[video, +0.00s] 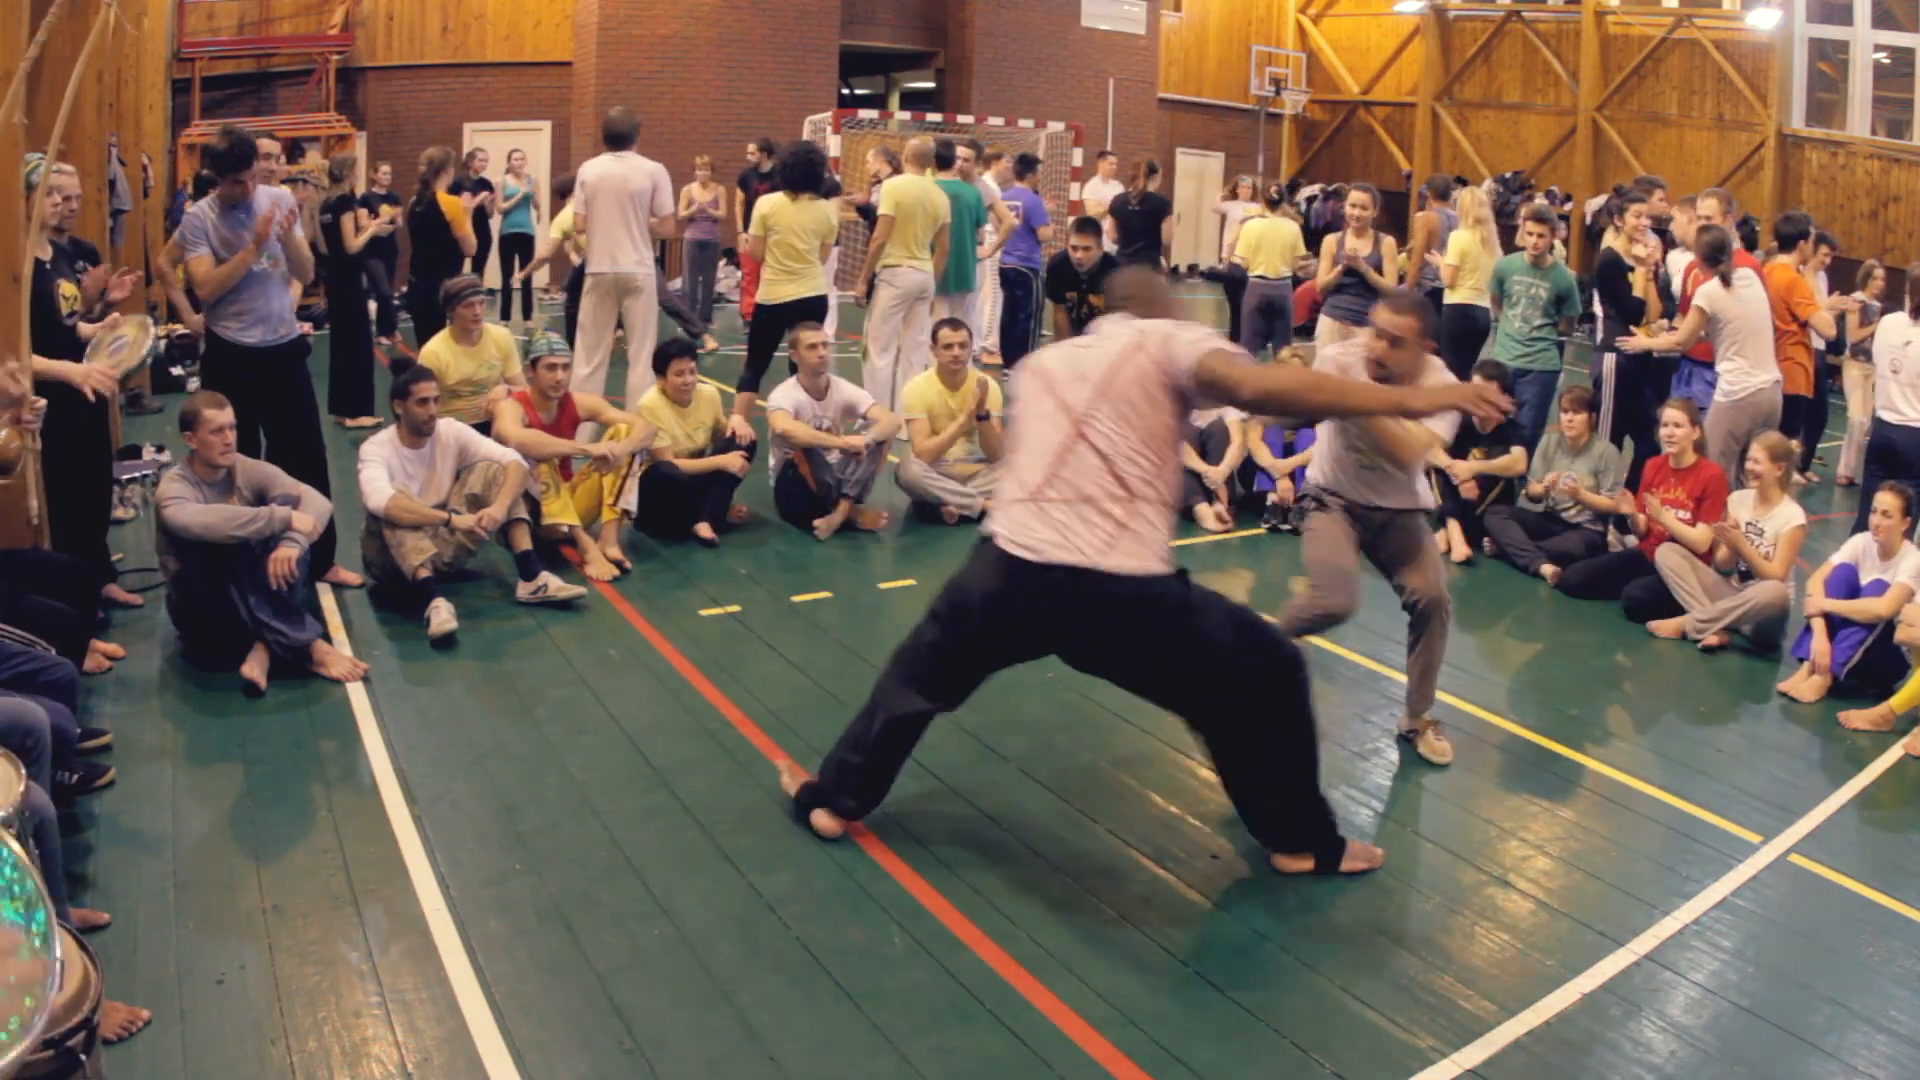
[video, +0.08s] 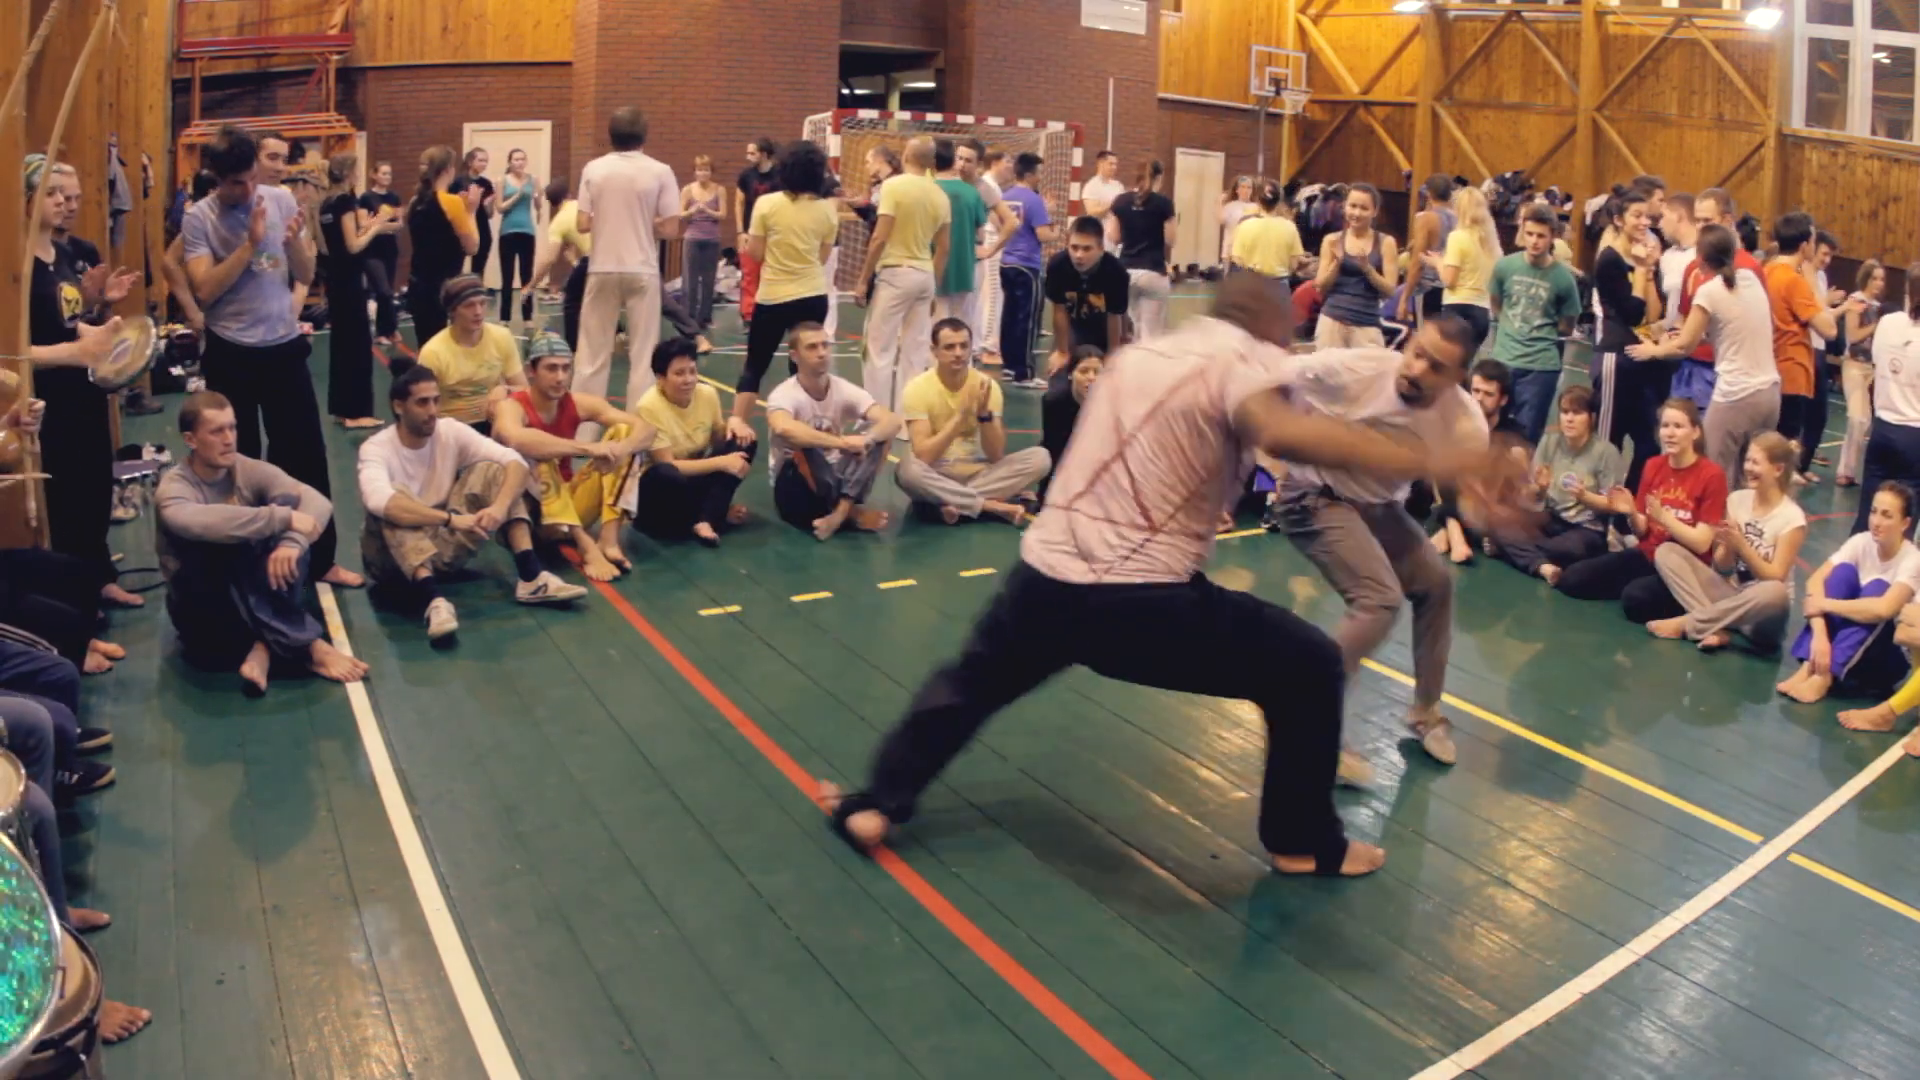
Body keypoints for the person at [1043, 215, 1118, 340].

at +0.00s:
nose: (1079, 256)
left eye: (1086, 249)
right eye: (1074, 249)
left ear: (1100, 248)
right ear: (1067, 246)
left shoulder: (1113, 268)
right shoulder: (1057, 264)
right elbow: (1060, 311)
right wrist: (1066, 349)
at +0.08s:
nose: (1079, 255)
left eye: (1086, 249)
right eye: (1075, 248)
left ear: (1101, 249)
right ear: (1068, 245)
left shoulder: (1115, 272)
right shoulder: (1057, 266)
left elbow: (1114, 317)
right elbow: (1059, 311)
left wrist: (1113, 354)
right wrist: (1062, 351)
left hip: (1104, 331)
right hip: (1072, 331)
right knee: (1058, 389)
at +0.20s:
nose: (1078, 252)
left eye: (1086, 246)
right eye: (1074, 245)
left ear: (1101, 247)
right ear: (1068, 242)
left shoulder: (1116, 270)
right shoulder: (1057, 265)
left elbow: (1115, 316)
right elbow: (1060, 310)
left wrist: (1113, 354)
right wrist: (1062, 350)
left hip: (1106, 333)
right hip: (1071, 332)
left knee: (1113, 386)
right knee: (1058, 384)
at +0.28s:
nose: (1078, 252)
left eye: (1086, 246)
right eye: (1074, 244)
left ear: (1101, 247)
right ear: (1068, 242)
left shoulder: (1116, 270)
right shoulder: (1058, 265)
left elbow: (1115, 316)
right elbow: (1060, 309)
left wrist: (1113, 355)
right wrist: (1062, 350)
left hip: (1106, 330)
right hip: (1072, 329)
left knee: (1112, 387)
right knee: (1059, 383)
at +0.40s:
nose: (1078, 252)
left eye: (1086, 246)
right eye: (1074, 244)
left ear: (1101, 247)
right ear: (1068, 242)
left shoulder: (1117, 271)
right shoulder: (1058, 265)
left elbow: (1115, 316)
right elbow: (1060, 309)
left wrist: (1114, 354)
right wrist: (1062, 350)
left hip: (1107, 332)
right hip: (1072, 331)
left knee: (1113, 387)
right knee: (1058, 385)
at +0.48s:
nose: (1080, 253)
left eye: (1088, 247)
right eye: (1075, 246)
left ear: (1101, 248)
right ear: (1069, 245)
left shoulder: (1116, 269)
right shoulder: (1058, 265)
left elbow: (1116, 316)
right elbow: (1060, 309)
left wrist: (1114, 355)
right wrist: (1063, 351)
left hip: (1108, 324)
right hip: (1075, 324)